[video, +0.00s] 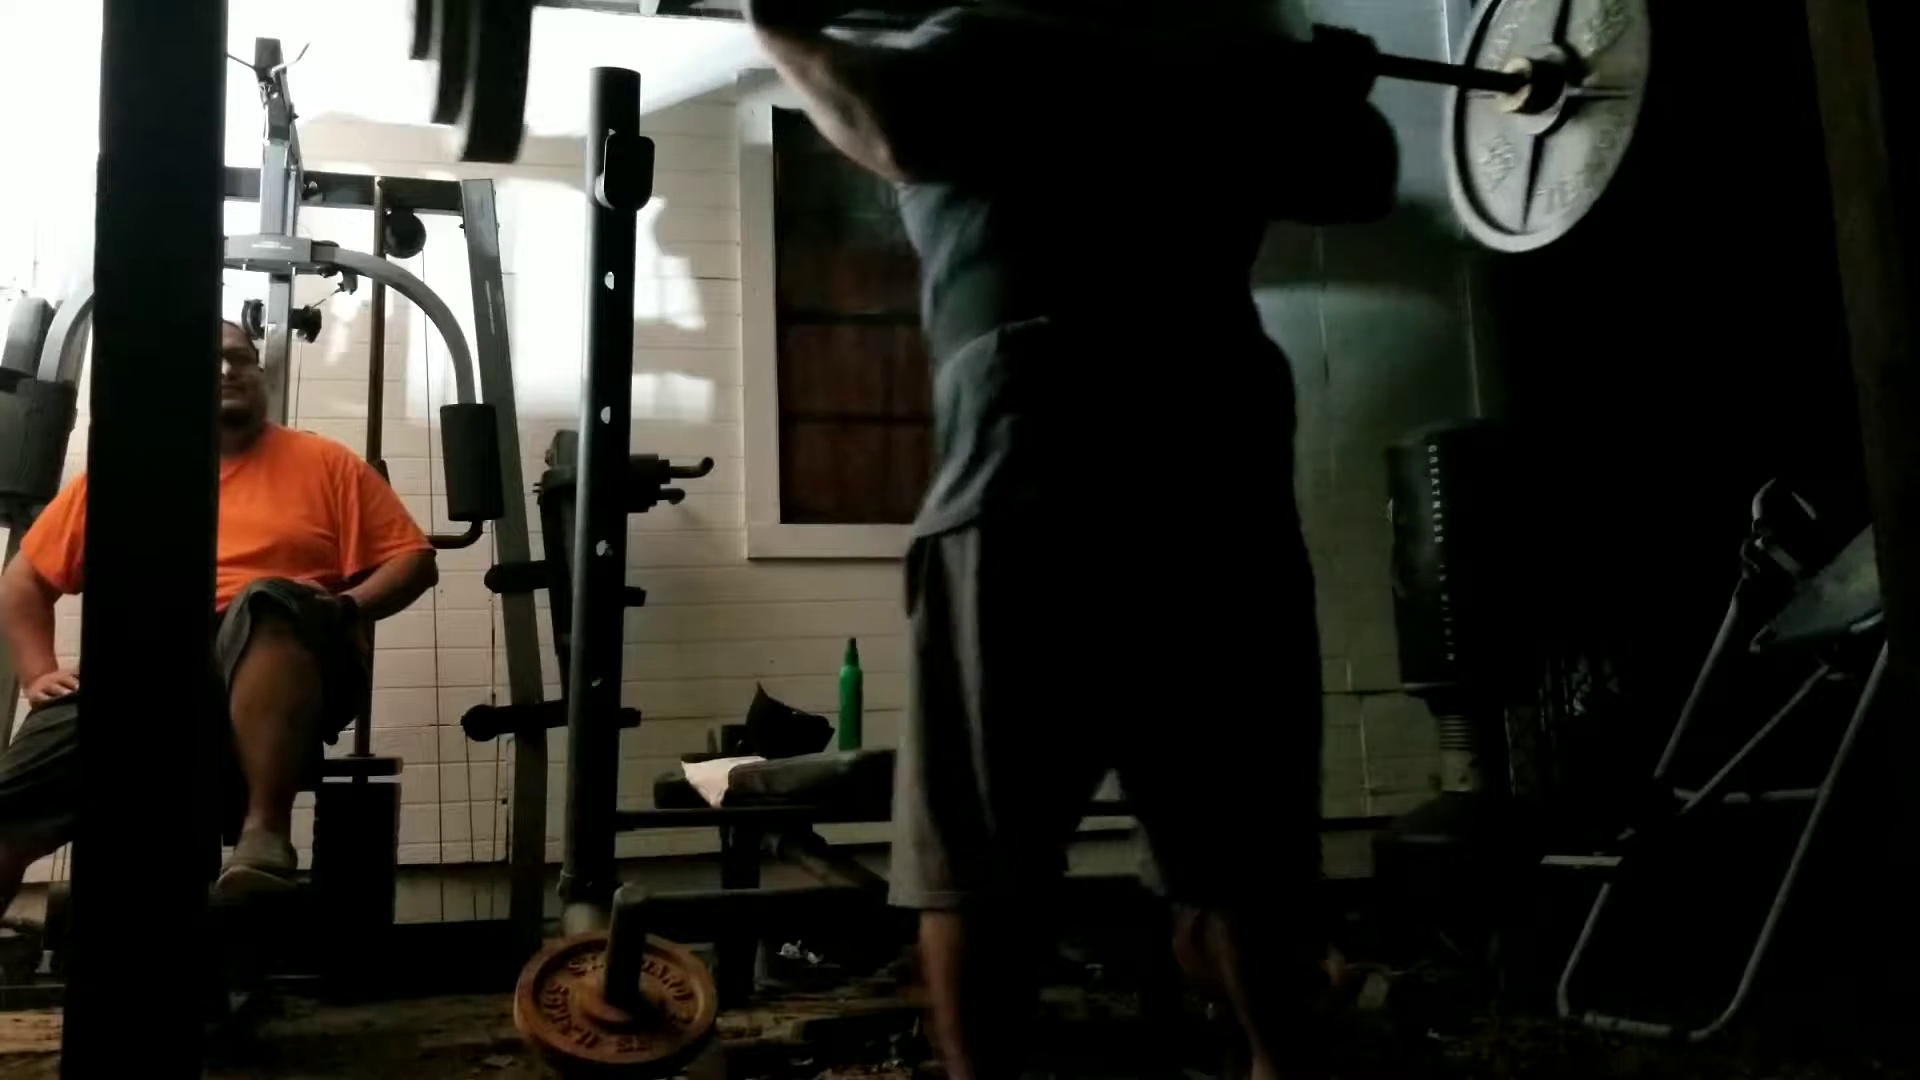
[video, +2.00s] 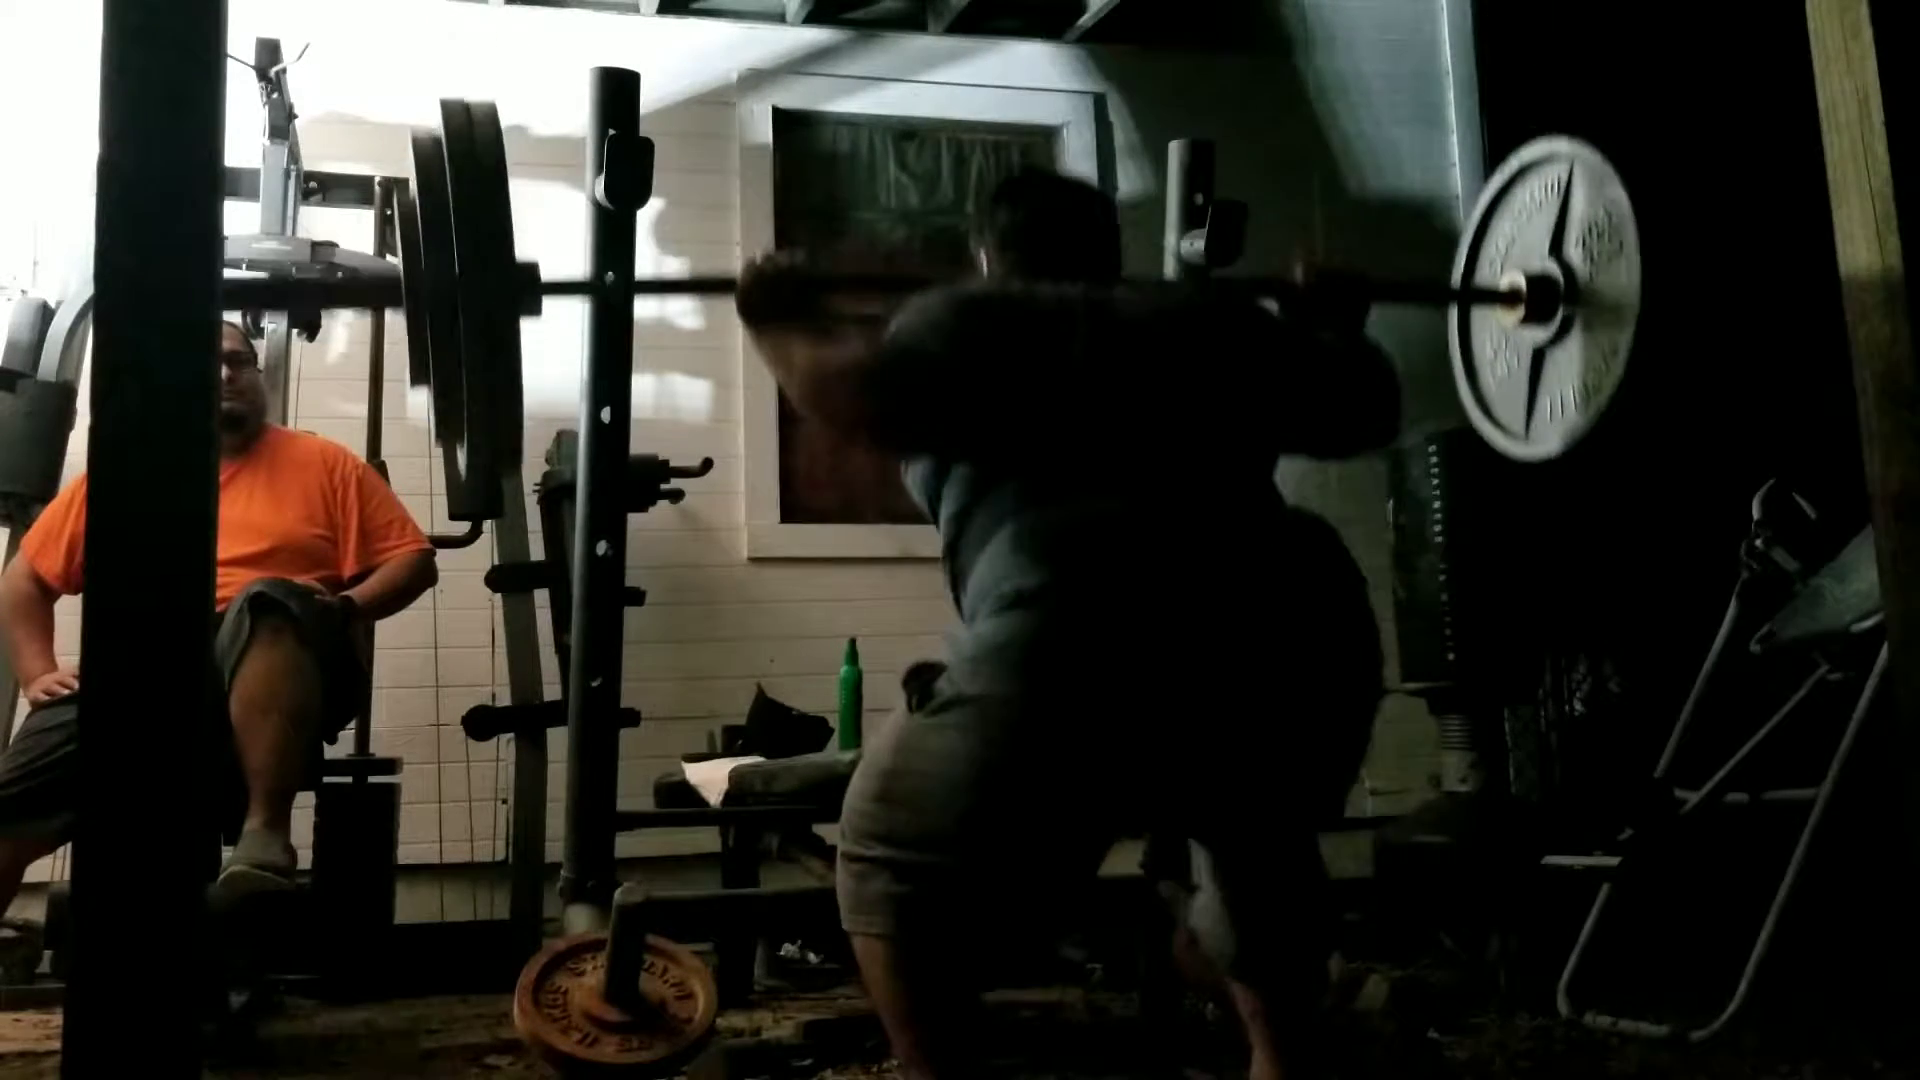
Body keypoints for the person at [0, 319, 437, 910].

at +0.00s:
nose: (228, 370)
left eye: (240, 358)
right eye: (212, 359)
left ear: (263, 374)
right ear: (186, 376)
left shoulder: (325, 464)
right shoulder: (133, 466)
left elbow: (415, 559)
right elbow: (25, 575)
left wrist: (349, 603)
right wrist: (37, 671)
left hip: (290, 670)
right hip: (147, 668)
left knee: (274, 605)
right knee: (11, 809)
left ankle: (265, 829)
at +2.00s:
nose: (227, 375)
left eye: (239, 362)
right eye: (210, 362)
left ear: (263, 378)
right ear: (185, 379)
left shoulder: (324, 464)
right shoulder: (132, 467)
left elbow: (414, 558)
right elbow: (24, 576)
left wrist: (347, 604)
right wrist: (36, 672)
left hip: (284, 668)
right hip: (143, 665)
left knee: (273, 604)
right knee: (13, 804)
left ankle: (266, 830)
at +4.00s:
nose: (227, 376)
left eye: (239, 363)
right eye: (210, 365)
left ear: (263, 378)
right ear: (184, 381)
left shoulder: (324, 464)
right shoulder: (131, 467)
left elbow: (414, 560)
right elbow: (23, 576)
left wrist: (346, 605)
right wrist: (37, 672)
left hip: (284, 666)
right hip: (142, 664)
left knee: (273, 604)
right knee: (11, 811)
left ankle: (265, 830)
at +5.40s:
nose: (225, 376)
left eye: (238, 362)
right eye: (209, 363)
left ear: (264, 377)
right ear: (184, 378)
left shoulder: (324, 464)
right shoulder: (131, 467)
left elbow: (415, 560)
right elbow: (24, 576)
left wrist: (345, 605)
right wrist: (37, 671)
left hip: (286, 671)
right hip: (143, 669)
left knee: (274, 604)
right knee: (7, 815)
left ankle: (265, 829)